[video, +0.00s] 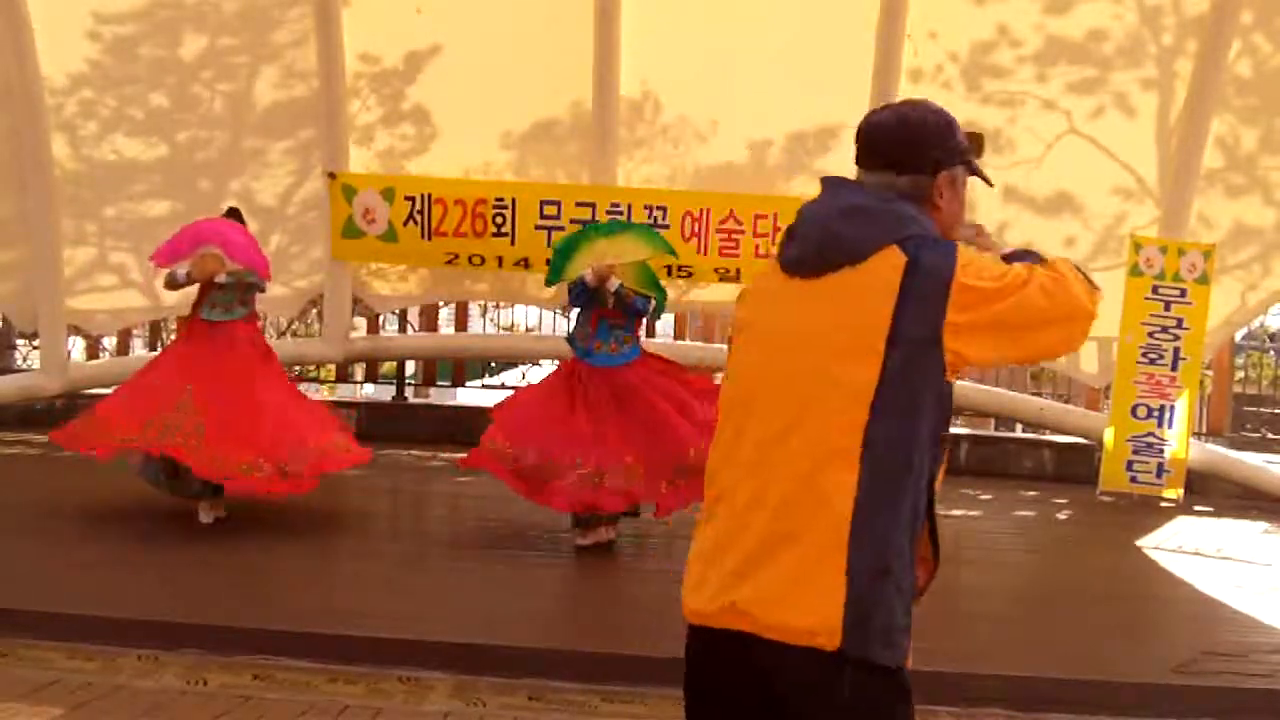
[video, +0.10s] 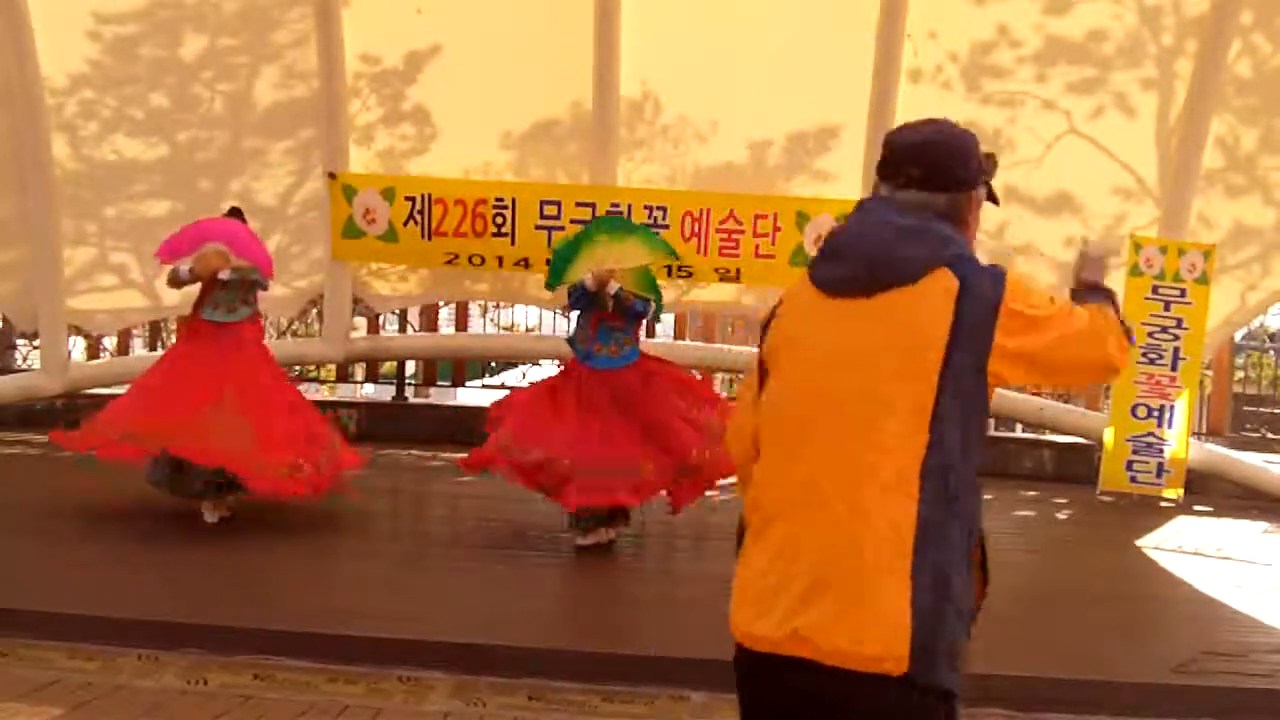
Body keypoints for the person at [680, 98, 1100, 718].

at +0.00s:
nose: (967, 206)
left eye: (968, 187)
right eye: (967, 187)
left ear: (866, 177)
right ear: (942, 189)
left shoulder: (771, 274)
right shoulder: (929, 272)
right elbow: (1068, 303)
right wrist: (993, 254)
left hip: (718, 620)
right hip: (833, 633)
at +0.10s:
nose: (982, 217)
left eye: (982, 201)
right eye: (981, 201)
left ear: (886, 196)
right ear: (969, 206)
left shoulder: (799, 298)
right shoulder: (976, 294)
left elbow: (743, 440)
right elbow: (1099, 348)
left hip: (768, 636)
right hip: (888, 643)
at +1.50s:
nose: (976, 227)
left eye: (979, 212)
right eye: (979, 212)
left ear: (992, 219)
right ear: (1064, 225)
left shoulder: (984, 310)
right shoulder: (1126, 329)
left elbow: (854, 386)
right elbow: (1150, 436)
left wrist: (735, 397)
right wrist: (1074, 431)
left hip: (972, 628)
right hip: (1065, 632)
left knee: (919, 711)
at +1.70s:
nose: (1010, 224)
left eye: (1013, 207)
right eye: (1013, 208)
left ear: (1027, 209)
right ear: (1107, 220)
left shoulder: (984, 300)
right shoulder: (1159, 335)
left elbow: (841, 314)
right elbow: (1219, 417)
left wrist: (734, 250)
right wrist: (1189, 355)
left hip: (956, 612)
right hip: (1058, 623)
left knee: (914, 719)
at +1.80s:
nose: (1012, 222)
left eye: (1014, 208)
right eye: (1014, 209)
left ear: (1029, 213)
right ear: (1114, 223)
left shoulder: (978, 299)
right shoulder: (1161, 342)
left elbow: (843, 285)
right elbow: (1236, 451)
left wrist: (721, 233)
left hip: (948, 624)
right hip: (1054, 639)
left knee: (901, 712)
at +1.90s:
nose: (1010, 224)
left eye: (1014, 211)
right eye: (1014, 212)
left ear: (1030, 218)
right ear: (1111, 232)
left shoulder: (972, 302)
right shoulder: (1155, 347)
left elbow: (839, 278)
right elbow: (1237, 445)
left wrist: (714, 230)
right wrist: (1265, 485)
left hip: (940, 619)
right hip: (1047, 635)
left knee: (898, 714)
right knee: (1015, 715)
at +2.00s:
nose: (1008, 223)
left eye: (1011, 211)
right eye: (1012, 213)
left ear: (1024, 219)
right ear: (1109, 234)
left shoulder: (963, 300)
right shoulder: (1150, 351)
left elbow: (831, 279)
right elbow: (1244, 452)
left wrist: (707, 229)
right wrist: (1268, 480)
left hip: (926, 627)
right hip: (1037, 644)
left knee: (887, 715)